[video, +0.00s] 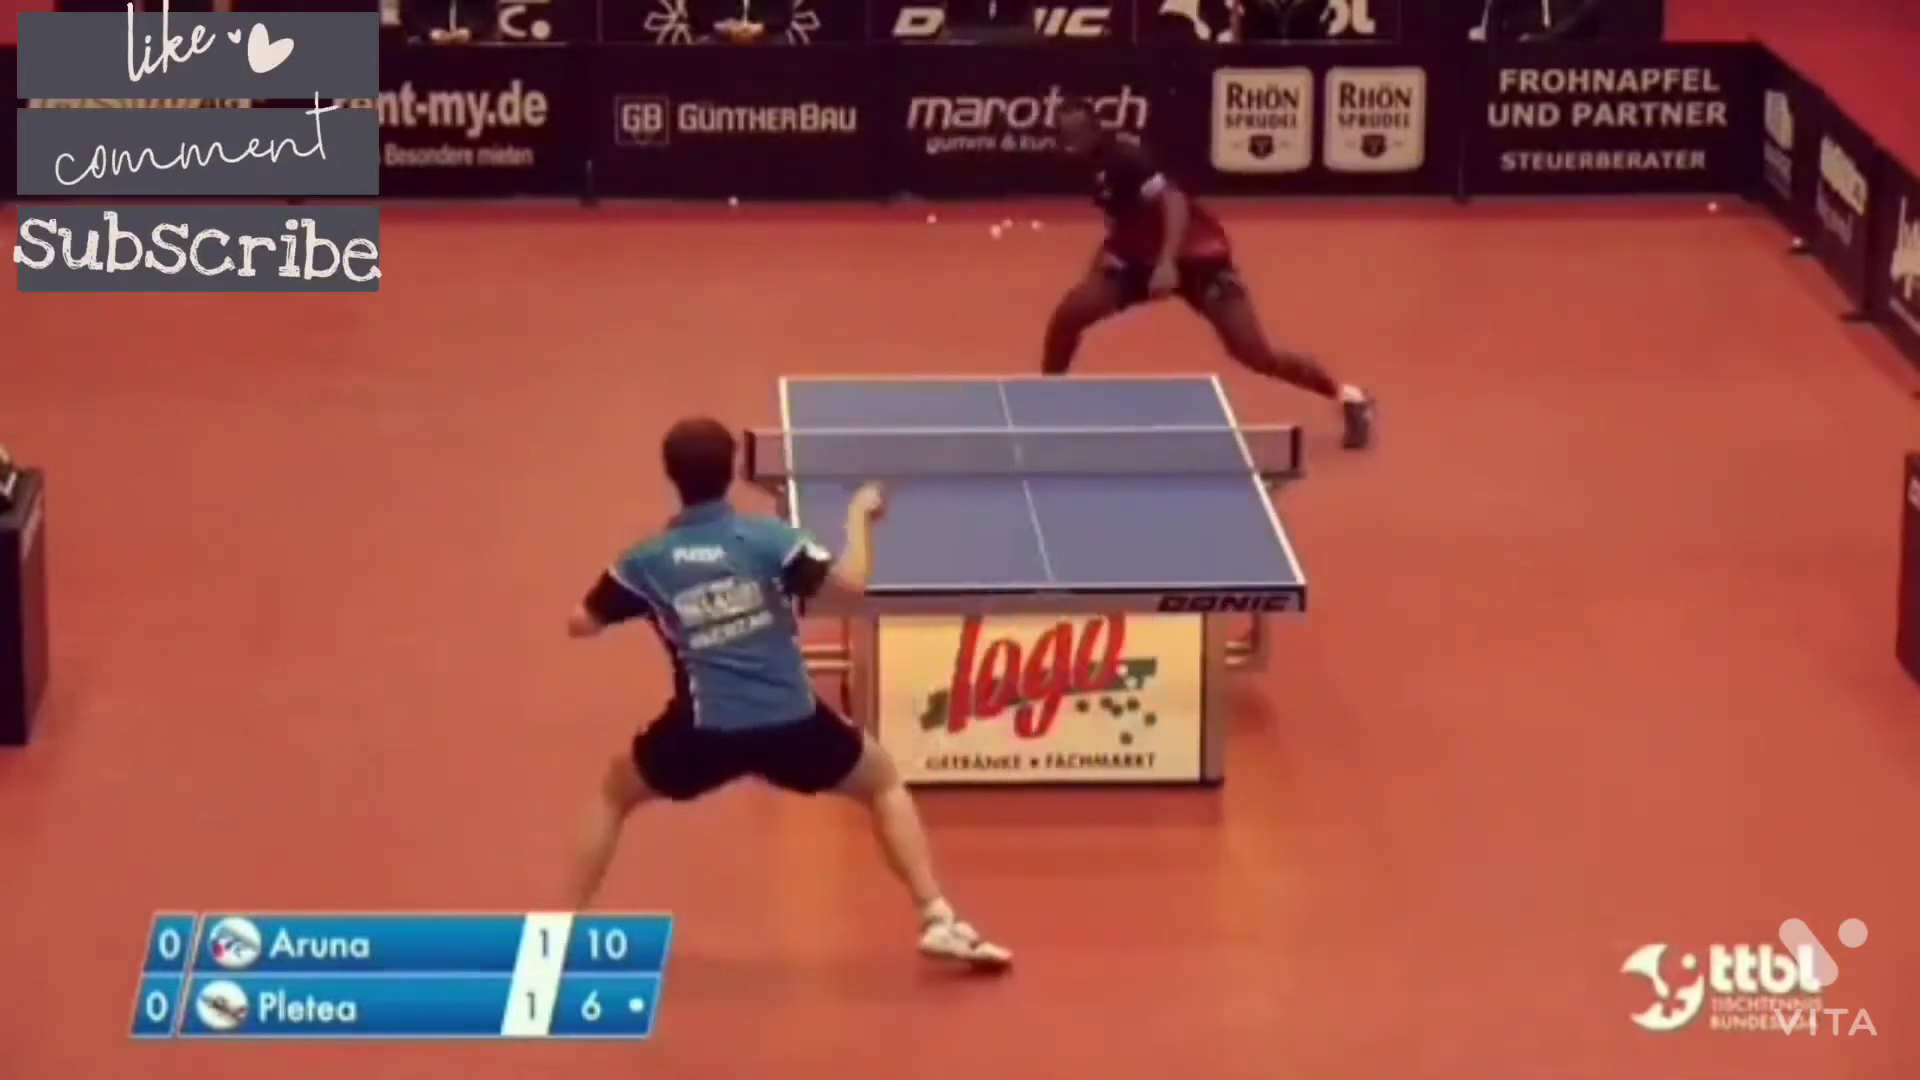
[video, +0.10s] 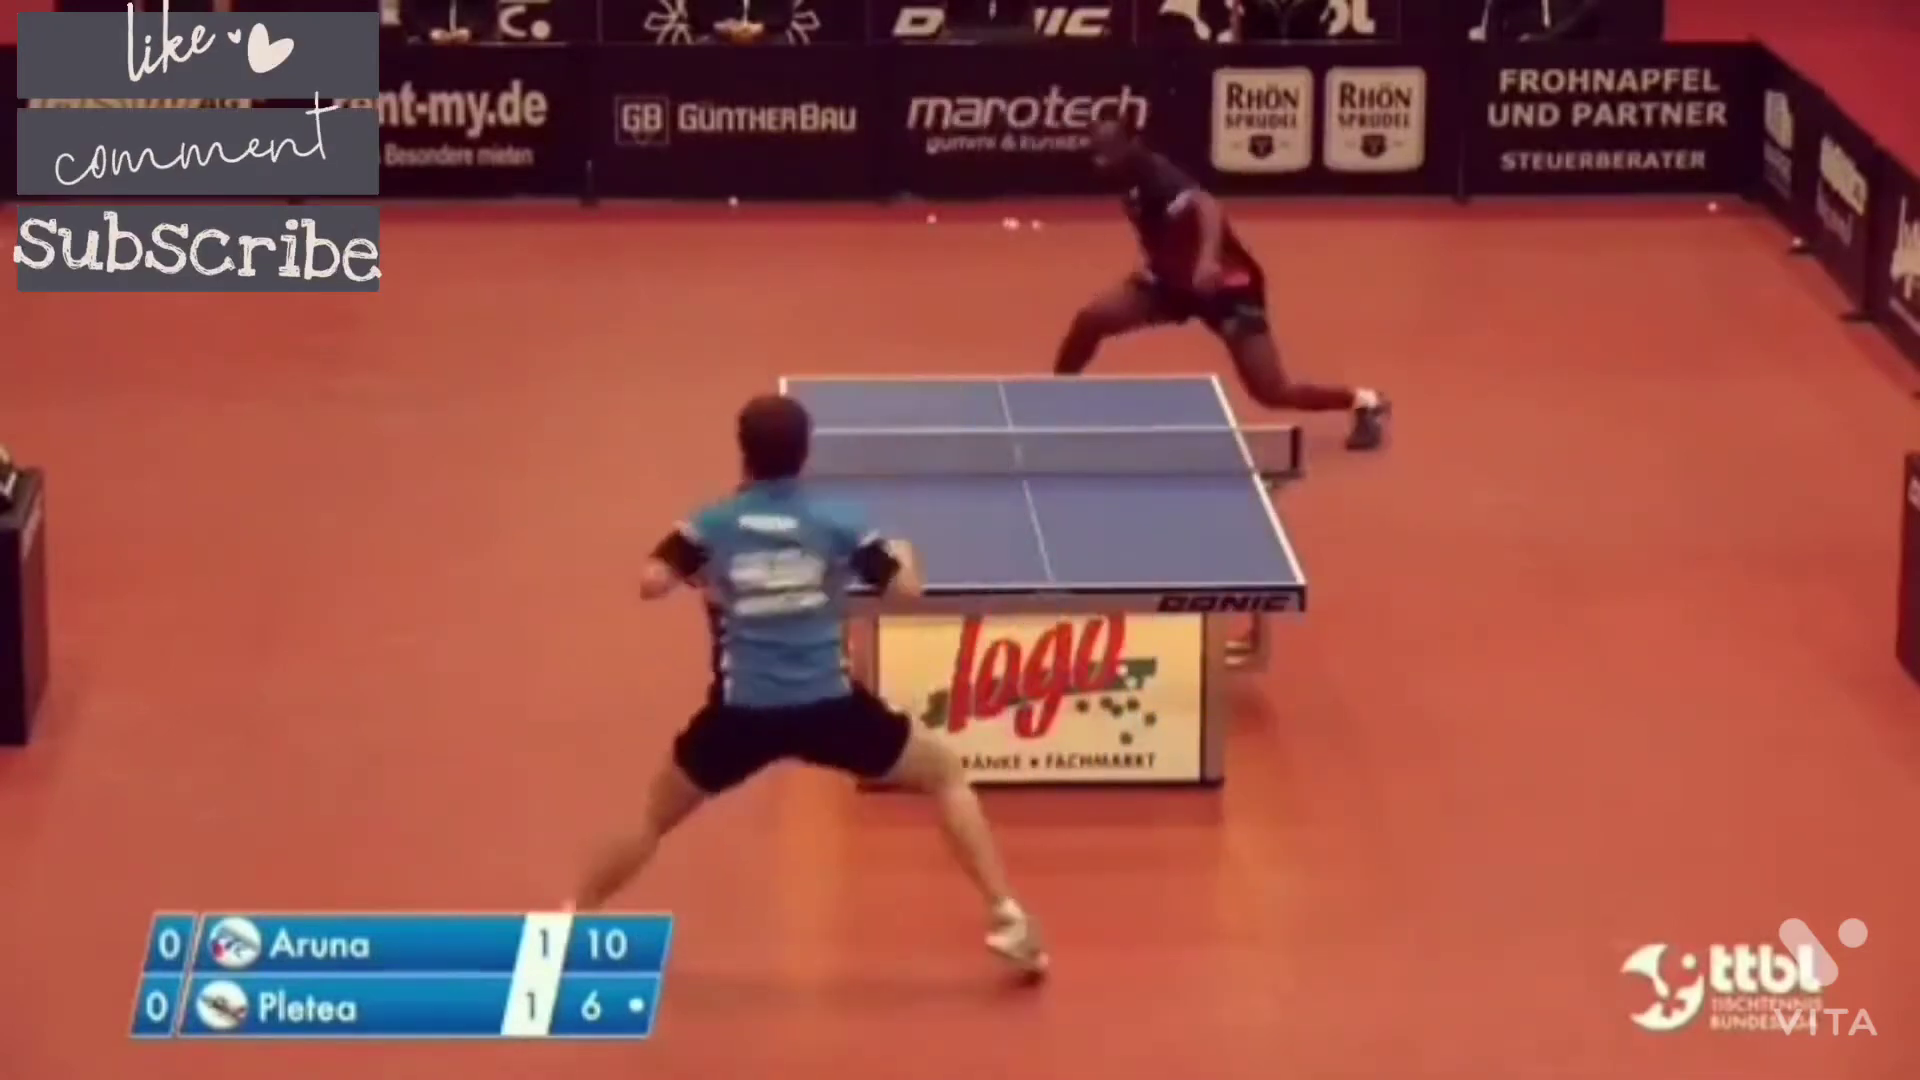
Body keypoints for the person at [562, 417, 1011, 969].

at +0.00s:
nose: (723, 465)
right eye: (726, 458)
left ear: (671, 476)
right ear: (732, 470)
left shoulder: (649, 559)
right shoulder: (768, 536)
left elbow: (583, 622)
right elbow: (851, 587)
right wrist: (860, 517)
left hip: (703, 733)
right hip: (791, 727)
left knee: (615, 793)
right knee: (883, 786)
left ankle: (565, 928)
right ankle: (939, 919)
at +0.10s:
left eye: (747, 439)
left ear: (742, 452)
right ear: (804, 455)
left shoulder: (716, 522)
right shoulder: (828, 523)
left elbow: (651, 584)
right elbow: (904, 588)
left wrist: (693, 560)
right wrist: (901, 553)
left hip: (741, 714)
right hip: (831, 711)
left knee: (654, 822)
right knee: (946, 774)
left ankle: (571, 920)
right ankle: (1005, 911)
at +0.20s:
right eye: (854, 442)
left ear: (800, 451)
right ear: (862, 455)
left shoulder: (772, 511)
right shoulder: (882, 528)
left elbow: (703, 571)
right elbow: (940, 615)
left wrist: (732, 579)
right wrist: (943, 585)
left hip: (780, 712)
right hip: (863, 713)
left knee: (690, 802)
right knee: (973, 803)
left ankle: (625, 928)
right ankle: (1052, 936)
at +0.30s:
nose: (941, 494)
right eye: (941, 487)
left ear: (878, 495)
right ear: (938, 499)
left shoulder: (845, 554)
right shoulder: (954, 580)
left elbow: (775, 597)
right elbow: (990, 653)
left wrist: (789, 607)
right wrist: (950, 619)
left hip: (831, 751)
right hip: (916, 760)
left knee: (748, 813)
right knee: (1014, 853)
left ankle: (706, 950)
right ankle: (1080, 990)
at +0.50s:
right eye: (937, 521)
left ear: (885, 528)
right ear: (942, 535)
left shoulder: (842, 583)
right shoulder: (962, 610)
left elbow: (788, 620)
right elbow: (989, 696)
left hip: (836, 780)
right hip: (926, 787)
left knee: (749, 826)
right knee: (1030, 850)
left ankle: (692, 957)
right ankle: (1085, 992)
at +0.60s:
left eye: (844, 495)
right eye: (879, 499)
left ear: (832, 509)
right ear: (888, 514)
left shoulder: (803, 566)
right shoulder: (920, 588)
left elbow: (746, 599)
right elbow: (915, 655)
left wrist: (788, 562)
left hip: (814, 762)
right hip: (900, 766)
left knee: (731, 826)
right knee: (999, 860)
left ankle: (692, 969)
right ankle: (1083, 985)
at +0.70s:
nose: (733, 461)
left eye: (738, 453)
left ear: (744, 464)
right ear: (798, 466)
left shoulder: (736, 514)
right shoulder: (824, 527)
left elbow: (690, 532)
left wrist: (739, 514)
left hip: (777, 719)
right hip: (857, 716)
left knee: (718, 828)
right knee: (945, 848)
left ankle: (690, 970)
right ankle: (1034, 967)